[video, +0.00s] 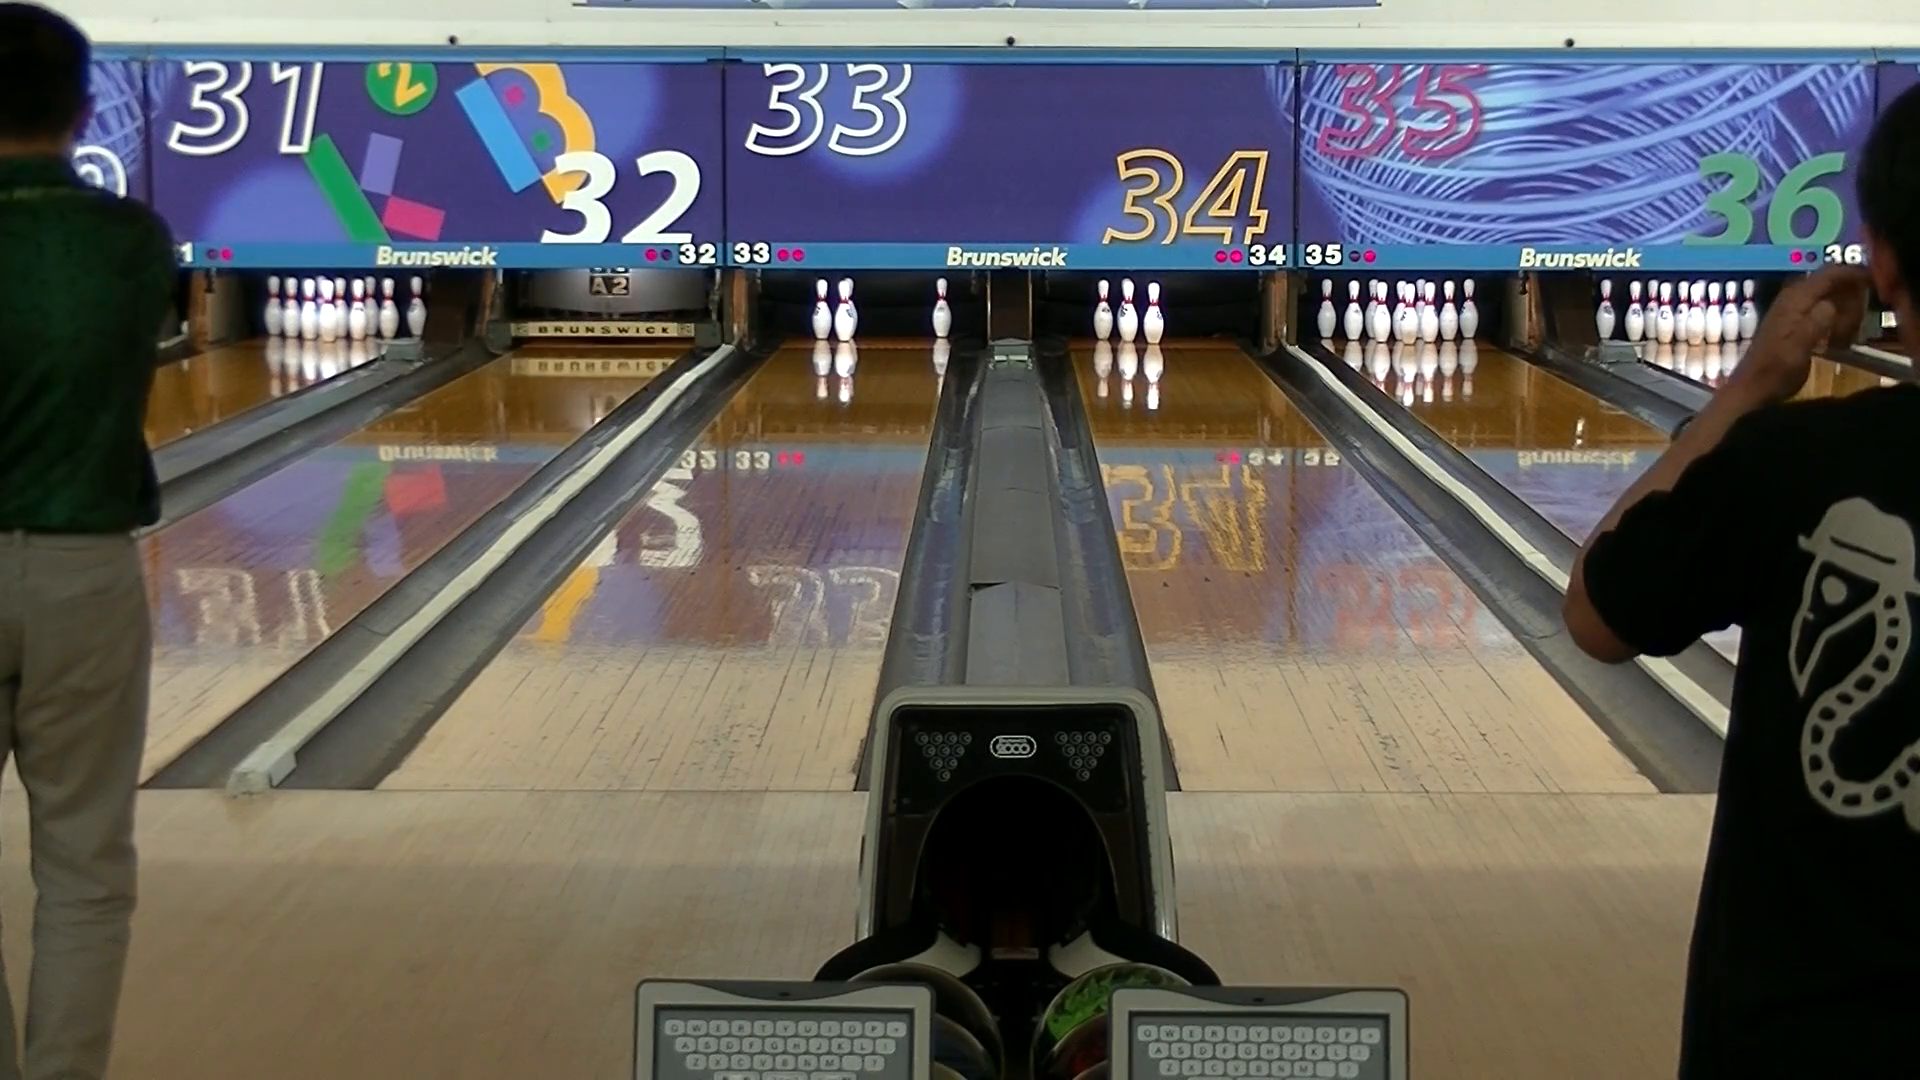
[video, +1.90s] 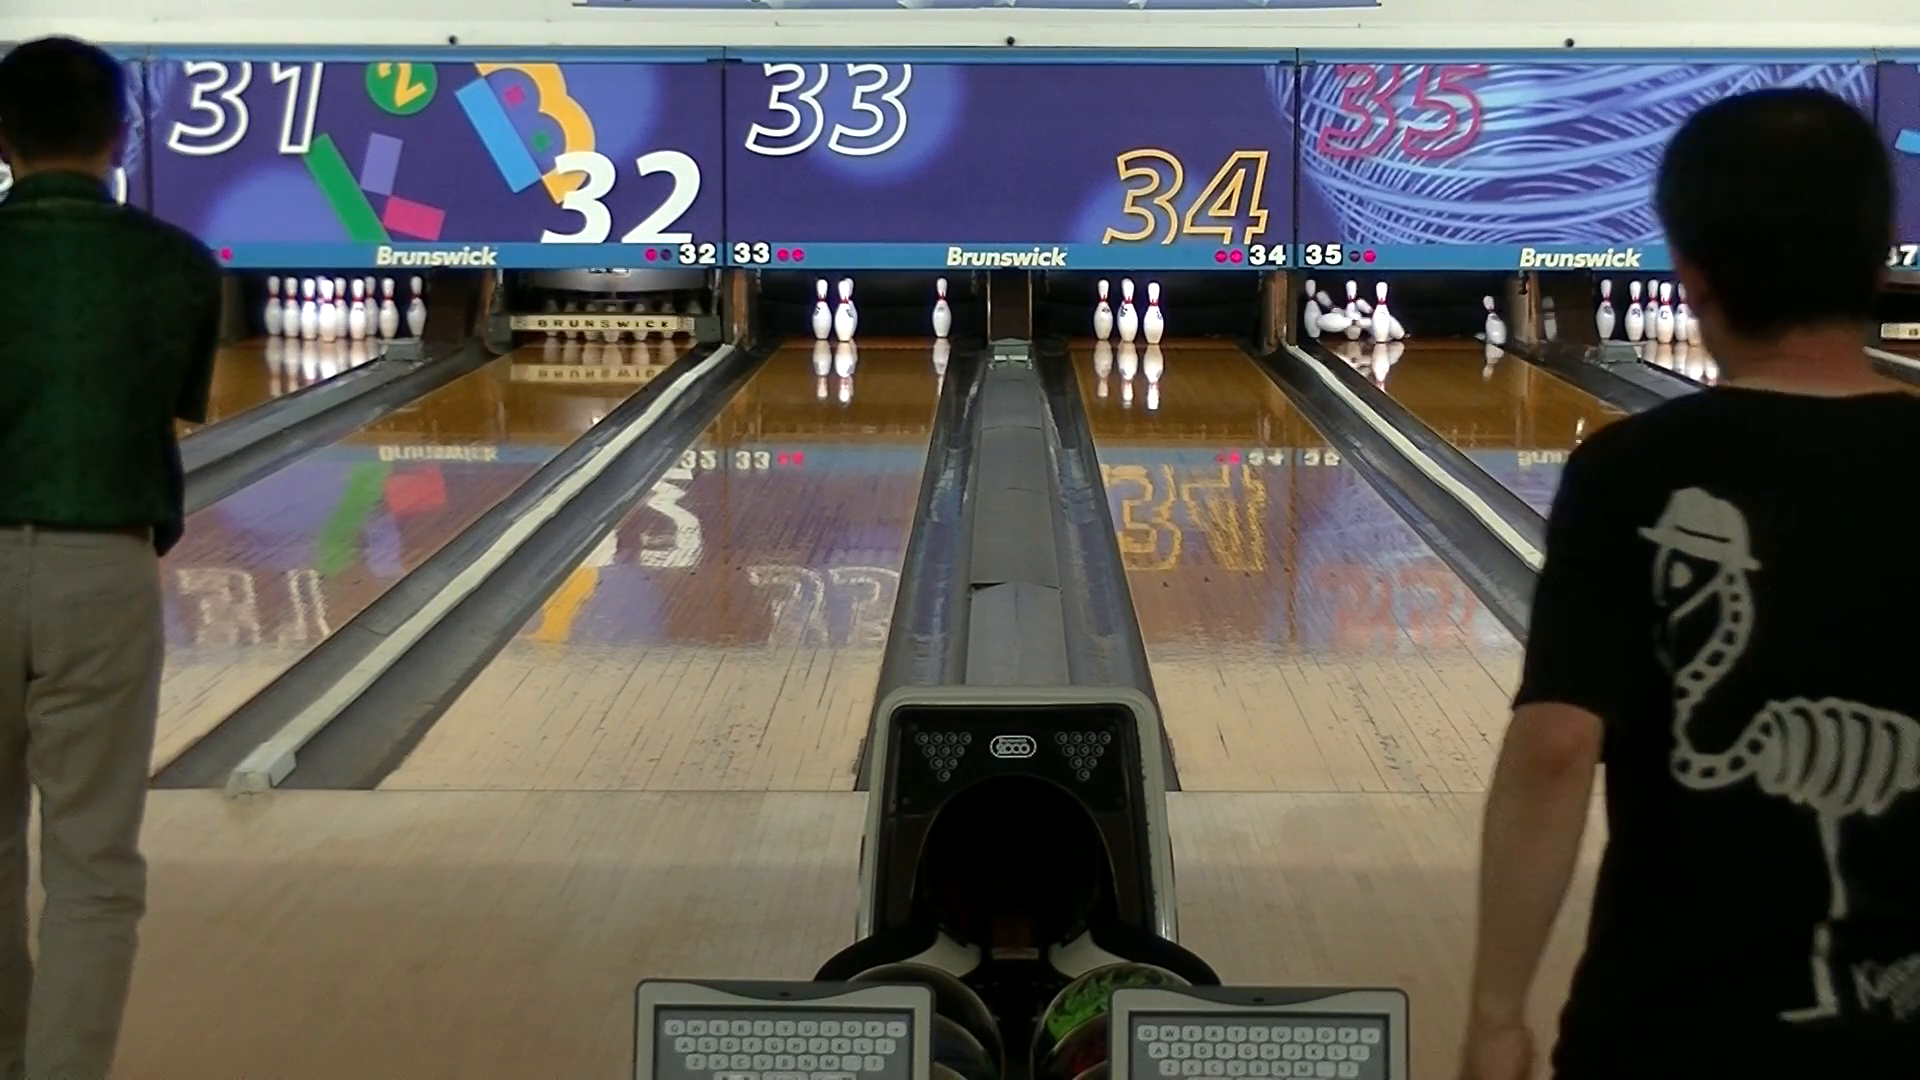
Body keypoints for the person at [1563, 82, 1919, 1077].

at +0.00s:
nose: (1864, 257)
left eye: (1866, 236)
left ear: (1885, 265)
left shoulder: (1813, 458)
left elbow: (1600, 616)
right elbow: (1602, 615)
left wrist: (1752, 380)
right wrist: (1756, 388)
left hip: (1792, 995)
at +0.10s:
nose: (1873, 257)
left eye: (1870, 238)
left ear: (1885, 263)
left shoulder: (1807, 460)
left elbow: (1582, 649)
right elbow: (1584, 645)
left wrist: (1741, 402)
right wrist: (1750, 411)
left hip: (1794, 1005)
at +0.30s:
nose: (1888, 265)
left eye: (1887, 244)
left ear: (1899, 264)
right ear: (1900, 262)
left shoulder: (1806, 459)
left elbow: (1587, 725)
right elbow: (1588, 722)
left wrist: (1685, 784)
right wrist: (1685, 777)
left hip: (1791, 1008)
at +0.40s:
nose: (1888, 261)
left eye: (1885, 239)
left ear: (1899, 256)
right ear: (1900, 254)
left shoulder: (1810, 462)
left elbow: (1623, 746)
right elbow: (1624, 744)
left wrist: (1650, 972)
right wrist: (1651, 972)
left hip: (1793, 1004)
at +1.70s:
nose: (1780, 266)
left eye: (1779, 246)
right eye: (1786, 241)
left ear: (1805, 272)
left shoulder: (1730, 458)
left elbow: (1602, 718)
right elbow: (1601, 718)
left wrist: (1608, 999)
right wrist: (1612, 999)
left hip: (1756, 1015)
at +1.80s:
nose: (1740, 275)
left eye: (1735, 252)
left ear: (1755, 277)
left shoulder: (1691, 465)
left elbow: (1582, 737)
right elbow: (1581, 736)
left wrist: (1562, 1014)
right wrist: (1564, 1016)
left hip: (1719, 1023)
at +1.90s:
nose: (1678, 276)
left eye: (1677, 252)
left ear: (1694, 275)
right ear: (1881, 253)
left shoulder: (1634, 469)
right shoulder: (1914, 423)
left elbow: (1554, 744)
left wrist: (1496, 1015)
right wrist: (1502, 1011)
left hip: (1681, 1014)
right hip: (1903, 1008)